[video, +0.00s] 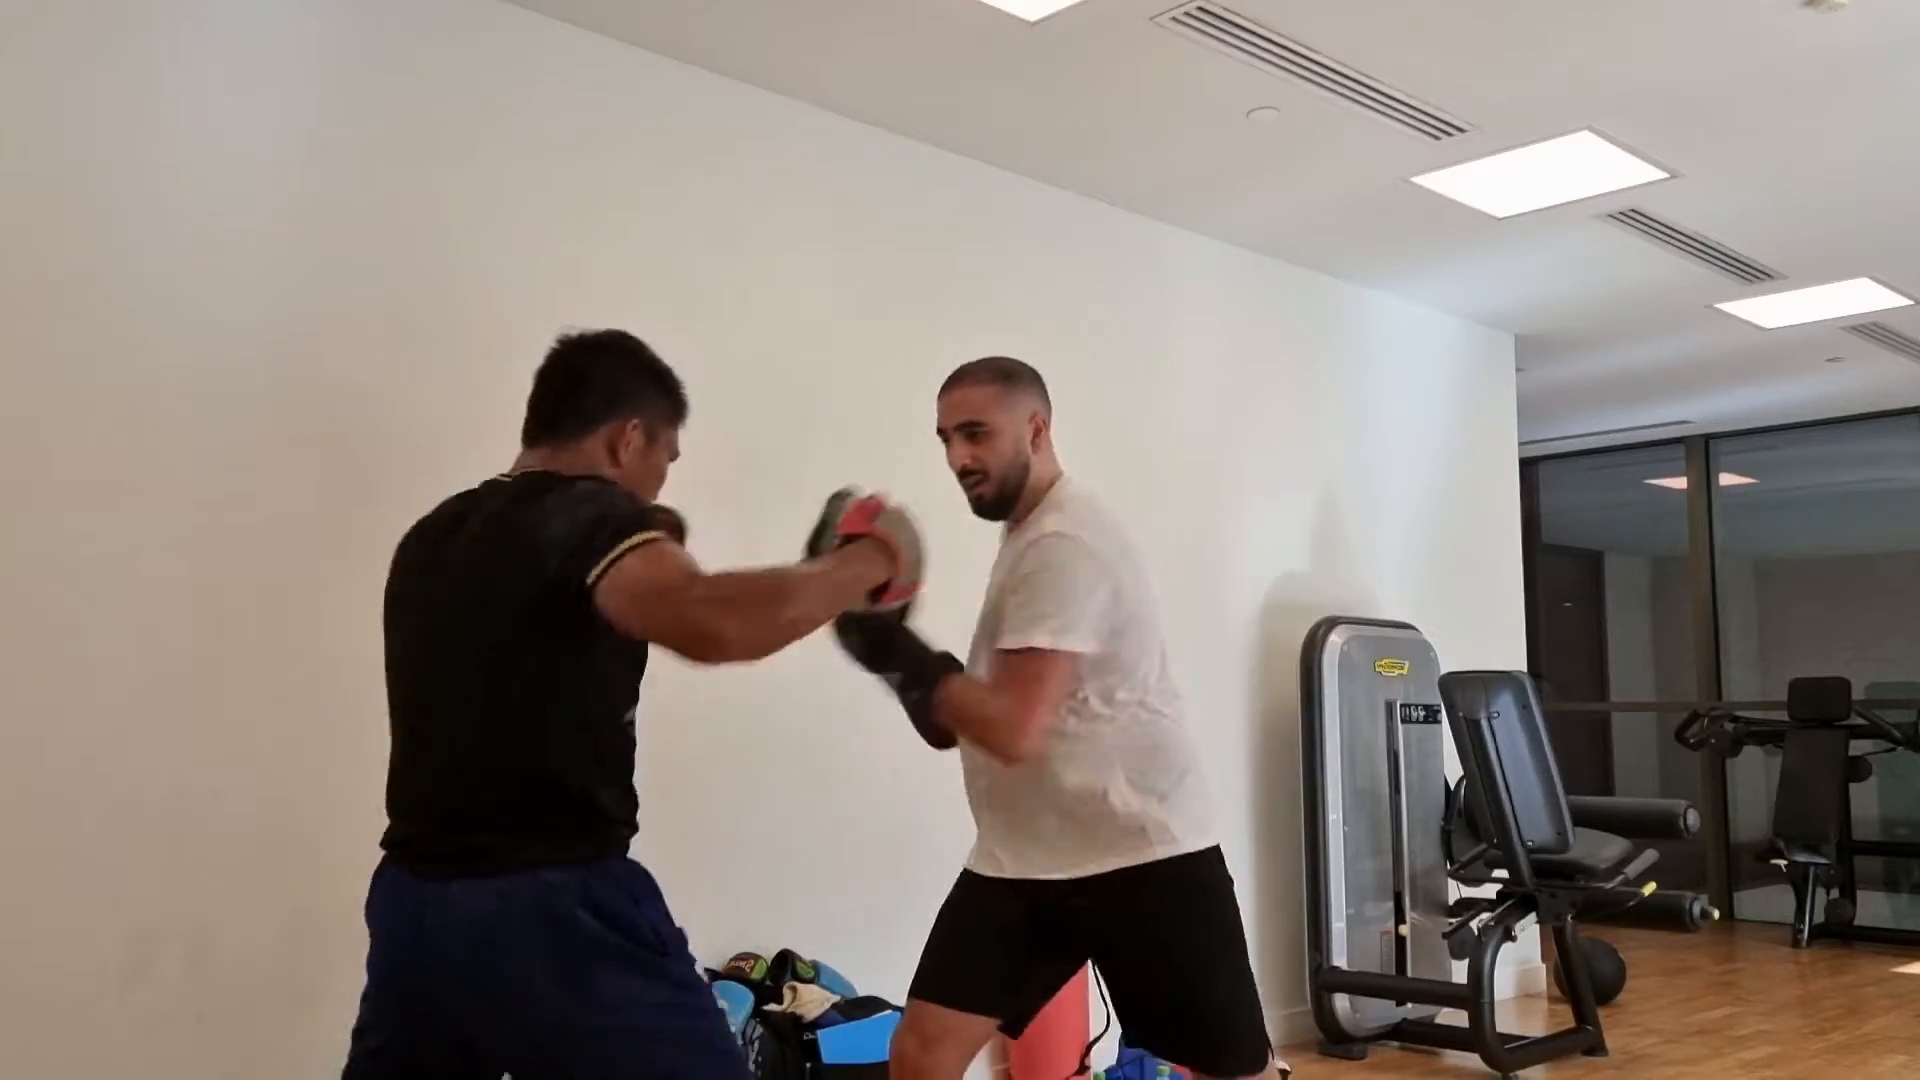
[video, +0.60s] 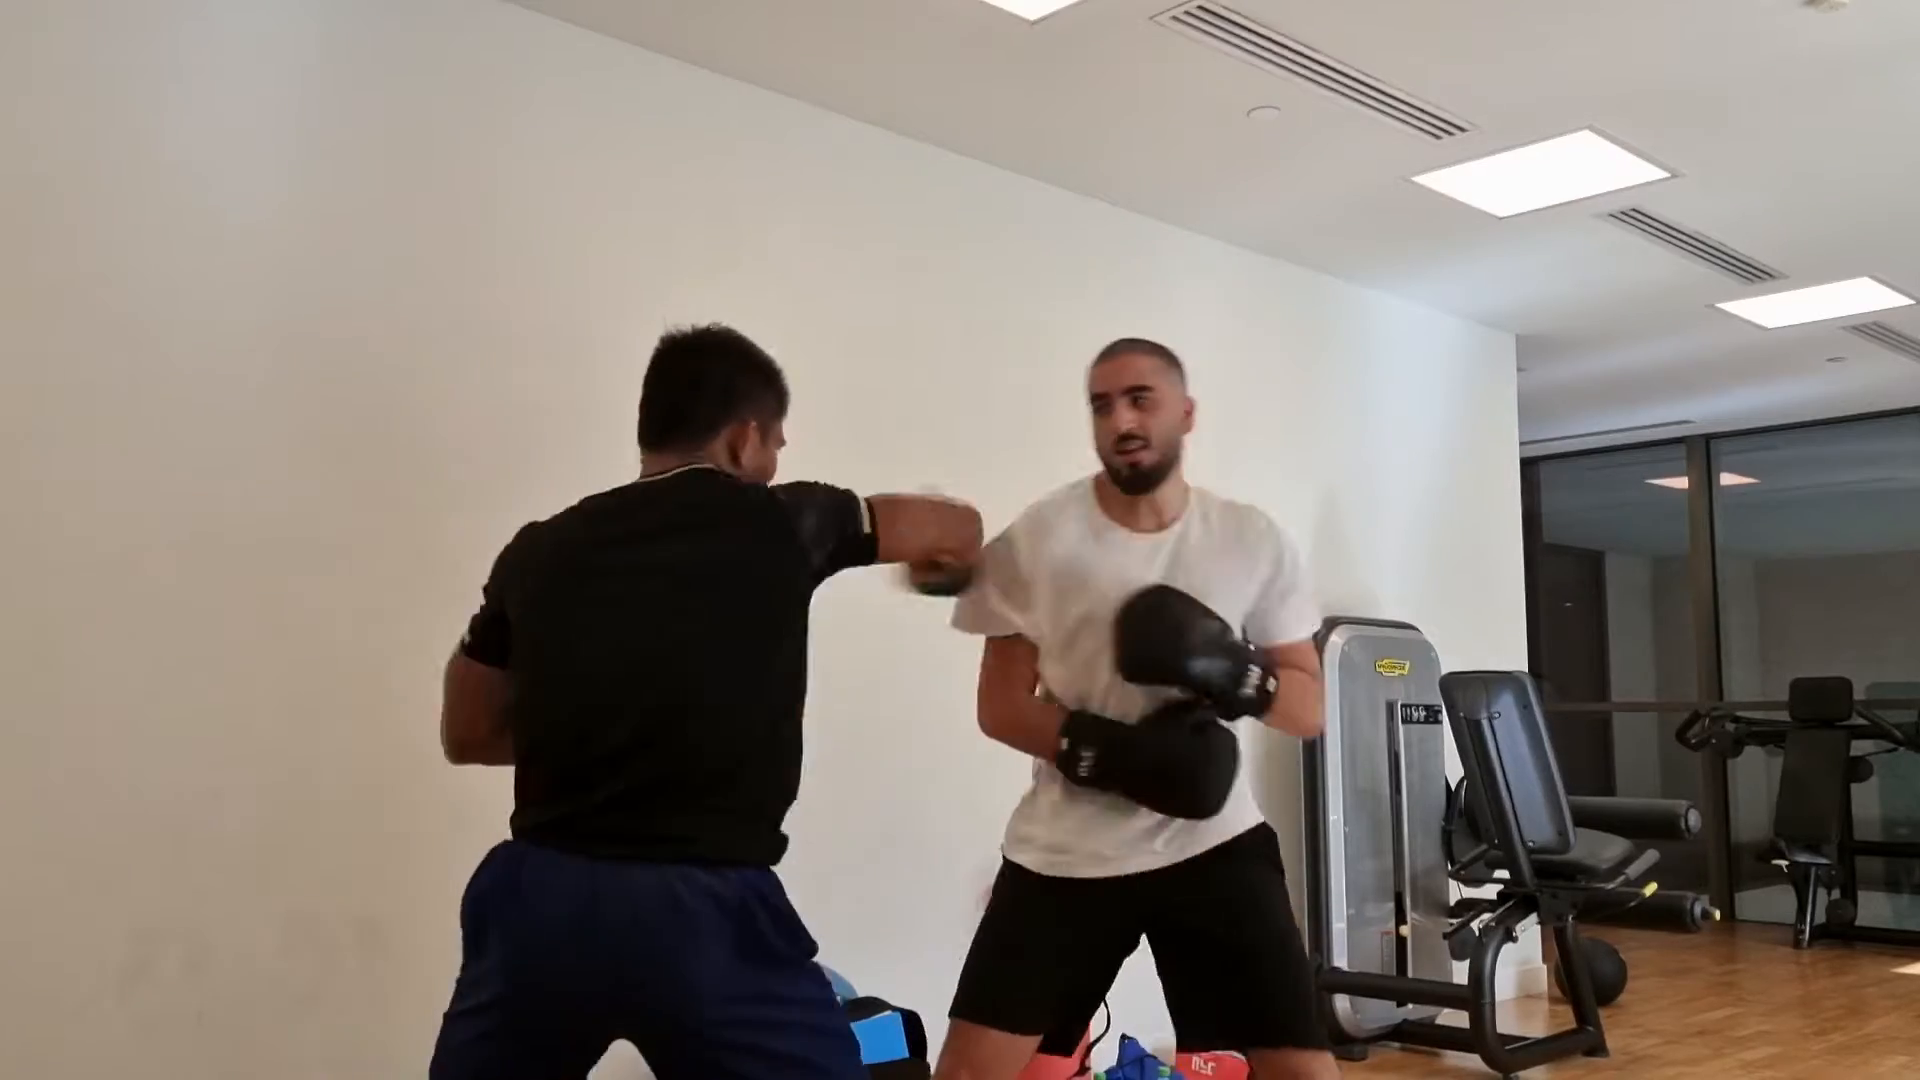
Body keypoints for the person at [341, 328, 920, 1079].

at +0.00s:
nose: (660, 489)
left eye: (666, 466)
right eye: (664, 461)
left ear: (538, 432)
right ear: (625, 440)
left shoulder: (427, 539)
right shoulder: (593, 515)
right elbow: (707, 620)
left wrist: (639, 542)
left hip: (416, 923)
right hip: (568, 922)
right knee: (701, 1064)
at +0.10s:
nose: (651, 473)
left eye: (654, 456)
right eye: (650, 454)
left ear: (511, 442)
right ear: (609, 439)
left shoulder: (399, 547)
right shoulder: (632, 512)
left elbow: (348, 693)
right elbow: (826, 548)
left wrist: (463, 651)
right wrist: (993, 500)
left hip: (410, 927)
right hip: (587, 925)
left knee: (375, 1068)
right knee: (719, 1064)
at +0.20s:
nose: (674, 490)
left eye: (680, 469)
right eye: (675, 467)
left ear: (545, 444)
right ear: (633, 453)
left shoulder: (426, 564)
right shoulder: (663, 531)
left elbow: (399, 672)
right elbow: (839, 623)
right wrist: (954, 570)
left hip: (442, 953)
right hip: (621, 955)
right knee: (747, 1062)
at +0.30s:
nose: (755, 474)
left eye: (758, 451)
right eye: (755, 448)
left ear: (627, 439)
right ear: (713, 442)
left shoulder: (539, 560)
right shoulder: (694, 538)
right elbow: (789, 717)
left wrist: (873, 682)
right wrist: (925, 667)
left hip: (495, 921)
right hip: (649, 932)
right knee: (797, 1059)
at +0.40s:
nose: (805, 479)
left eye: (809, 459)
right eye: (804, 456)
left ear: (680, 438)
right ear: (764, 451)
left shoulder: (618, 547)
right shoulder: (694, 551)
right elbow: (797, 733)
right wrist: (844, 644)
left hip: (531, 921)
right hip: (644, 936)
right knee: (807, 1064)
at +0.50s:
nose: (784, 468)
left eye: (790, 447)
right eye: (786, 444)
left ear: (662, 425)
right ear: (748, 432)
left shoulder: (567, 541)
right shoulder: (748, 521)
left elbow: (660, 673)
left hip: (537, 908)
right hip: (690, 915)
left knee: (488, 1068)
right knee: (836, 1063)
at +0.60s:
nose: (776, 465)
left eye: (781, 449)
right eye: (777, 447)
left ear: (651, 435)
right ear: (743, 439)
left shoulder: (538, 548)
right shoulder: (778, 518)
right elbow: (957, 527)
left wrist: (600, 718)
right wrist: (941, 568)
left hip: (536, 915)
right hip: (714, 921)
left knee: (472, 1068)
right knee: (822, 1063)